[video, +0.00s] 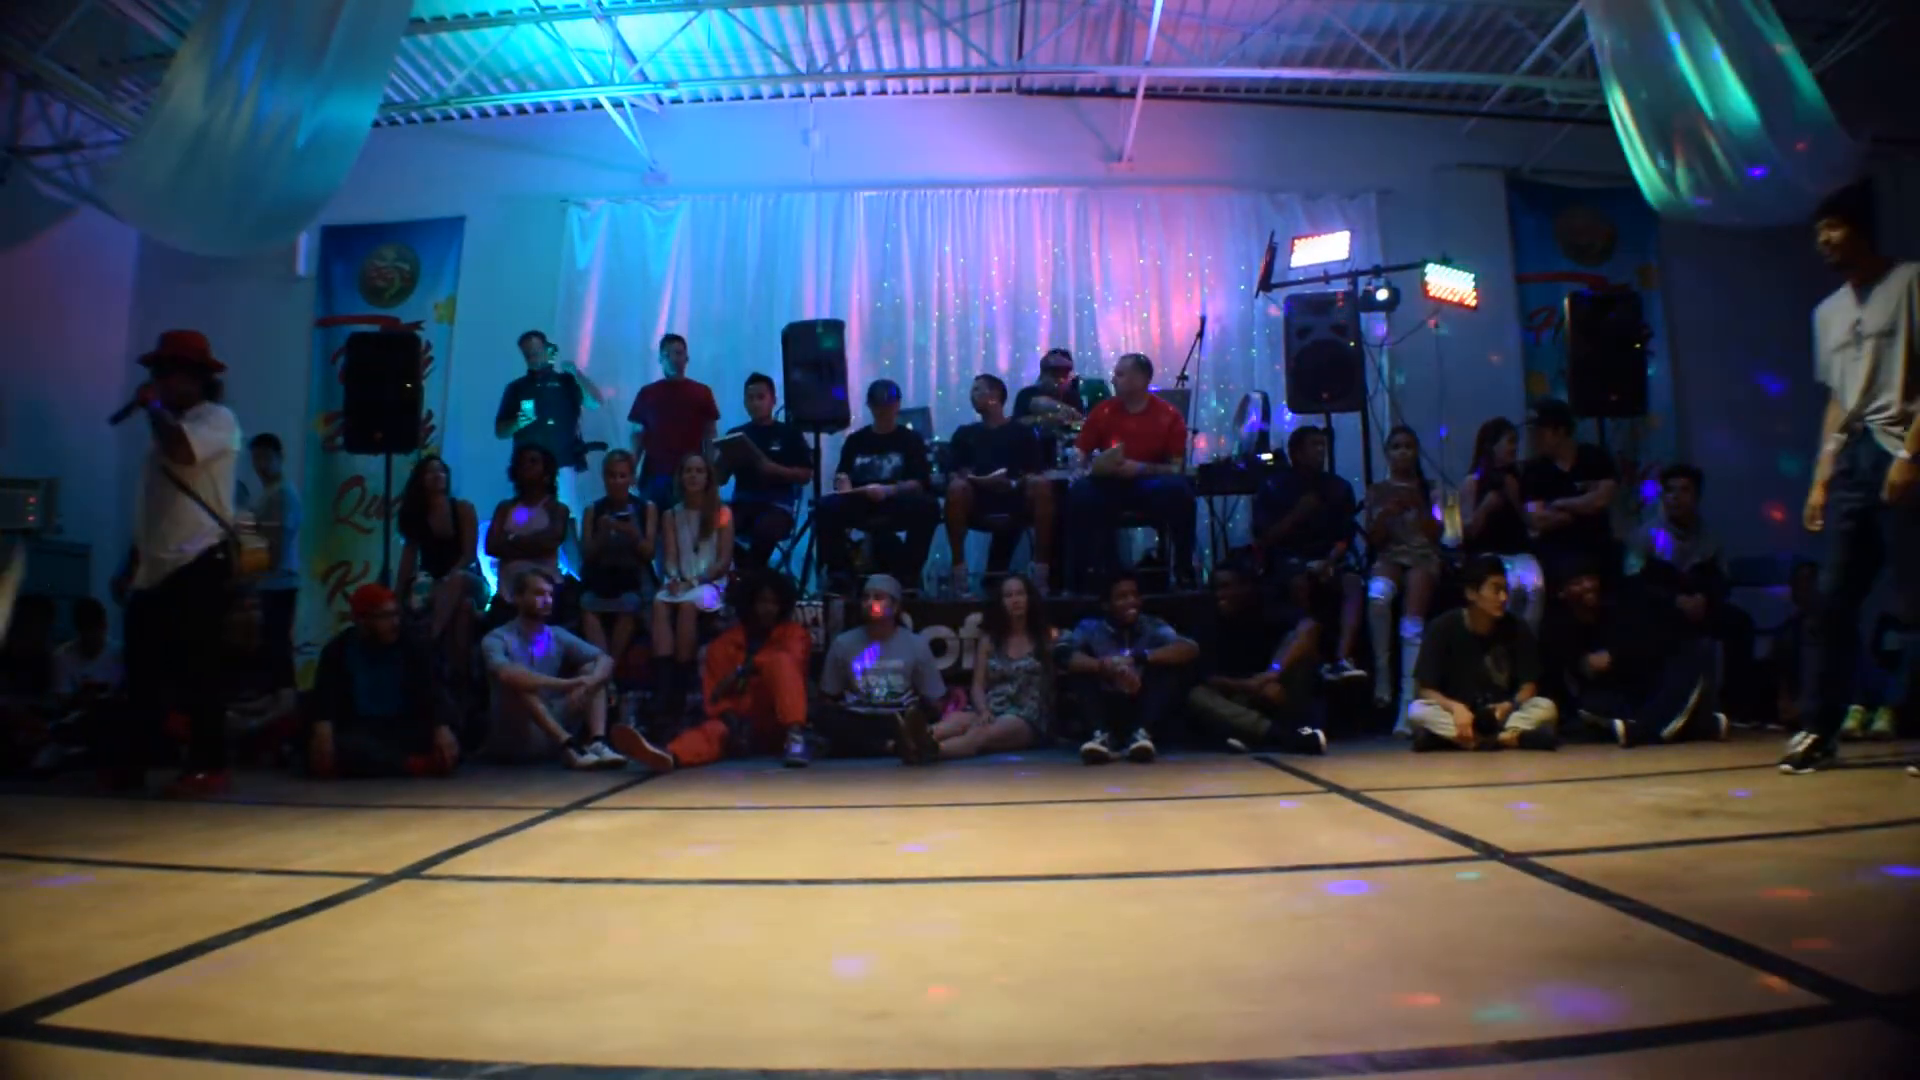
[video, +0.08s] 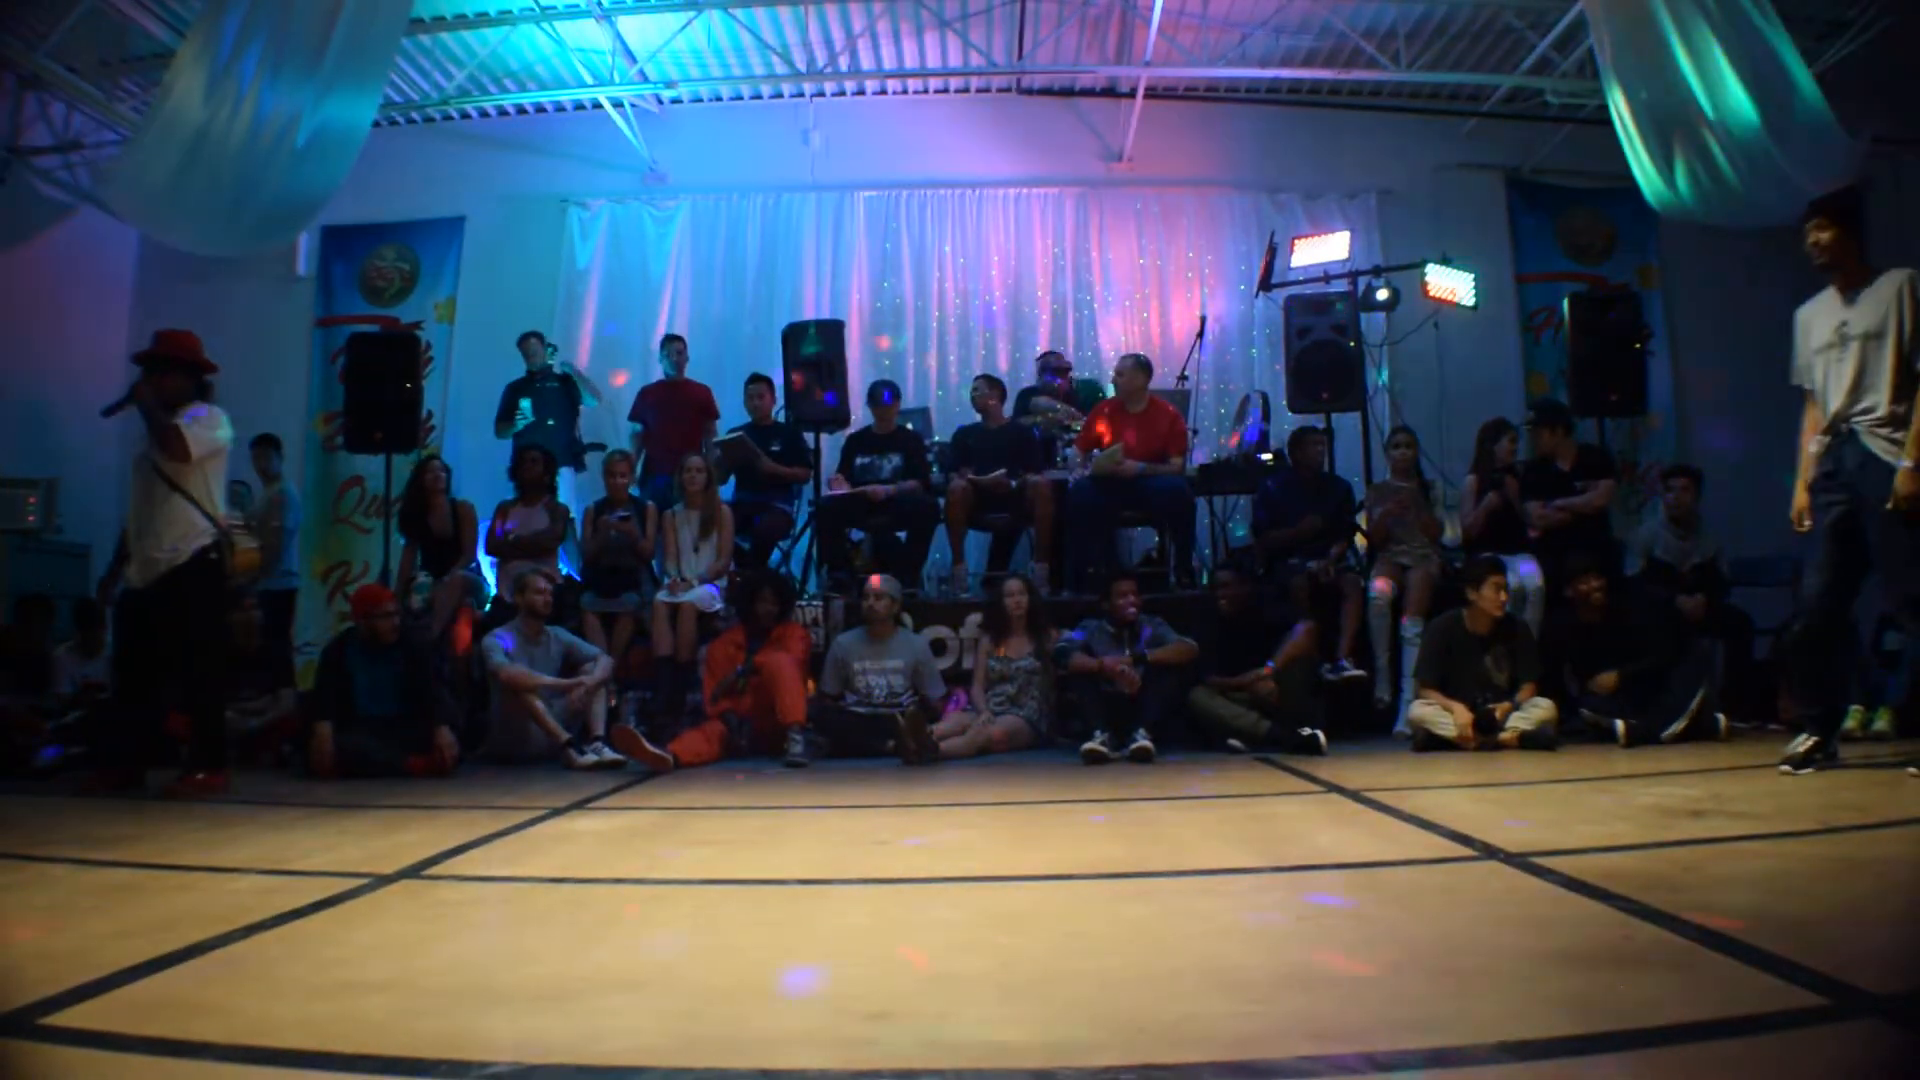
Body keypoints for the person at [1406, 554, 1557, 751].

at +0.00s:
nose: (1503, 598)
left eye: (1505, 590)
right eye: (1495, 590)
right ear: (1471, 594)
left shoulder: (1515, 628)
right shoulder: (1443, 628)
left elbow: (1529, 684)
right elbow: (1424, 689)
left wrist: (1510, 706)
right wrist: (1456, 708)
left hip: (1501, 705)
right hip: (1458, 705)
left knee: (1545, 707)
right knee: (1418, 711)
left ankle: (1461, 743)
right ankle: (1507, 740)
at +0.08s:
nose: (1504, 597)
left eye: (1505, 590)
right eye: (1496, 589)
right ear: (1472, 593)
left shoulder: (1516, 628)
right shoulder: (1442, 629)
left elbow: (1529, 685)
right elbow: (1424, 689)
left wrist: (1509, 706)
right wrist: (1456, 708)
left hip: (1502, 705)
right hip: (1458, 706)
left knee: (1545, 707)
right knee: (1418, 711)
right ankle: (1507, 740)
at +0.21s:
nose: (1503, 597)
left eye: (1505, 590)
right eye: (1495, 589)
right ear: (1471, 593)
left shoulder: (1516, 629)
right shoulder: (1443, 628)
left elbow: (1529, 685)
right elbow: (1425, 689)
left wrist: (1508, 706)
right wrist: (1456, 708)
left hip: (1502, 705)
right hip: (1458, 707)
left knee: (1545, 708)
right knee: (1418, 711)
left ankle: (1461, 743)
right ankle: (1507, 740)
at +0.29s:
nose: (1501, 597)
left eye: (1504, 590)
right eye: (1492, 589)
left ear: (1508, 592)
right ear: (1469, 593)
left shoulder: (1515, 627)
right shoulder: (1443, 629)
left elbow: (1530, 684)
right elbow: (1425, 689)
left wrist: (1509, 706)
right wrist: (1456, 708)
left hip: (1502, 705)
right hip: (1458, 707)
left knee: (1546, 707)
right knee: (1417, 711)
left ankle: (1461, 742)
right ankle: (1508, 740)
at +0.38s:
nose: (1497, 597)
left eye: (1501, 589)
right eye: (1488, 588)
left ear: (1506, 593)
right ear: (1468, 592)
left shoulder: (1515, 628)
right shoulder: (1443, 628)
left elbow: (1530, 684)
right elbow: (1424, 689)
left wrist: (1510, 706)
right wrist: (1456, 708)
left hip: (1500, 705)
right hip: (1457, 705)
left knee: (1546, 707)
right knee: (1417, 710)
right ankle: (1508, 740)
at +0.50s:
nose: (1492, 596)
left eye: (1499, 589)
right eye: (1484, 588)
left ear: (1505, 593)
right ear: (1467, 592)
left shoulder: (1515, 627)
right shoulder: (1443, 628)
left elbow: (1530, 685)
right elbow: (1425, 689)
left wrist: (1510, 706)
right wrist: (1456, 707)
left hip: (1501, 705)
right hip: (1457, 705)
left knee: (1546, 707)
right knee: (1417, 710)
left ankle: (1461, 742)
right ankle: (1508, 740)